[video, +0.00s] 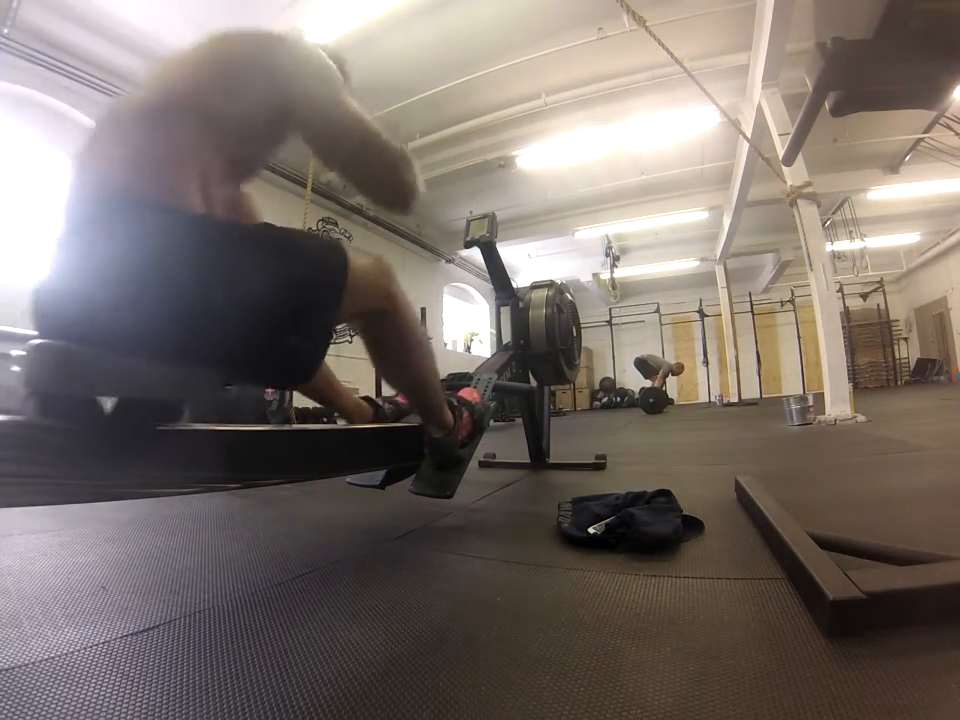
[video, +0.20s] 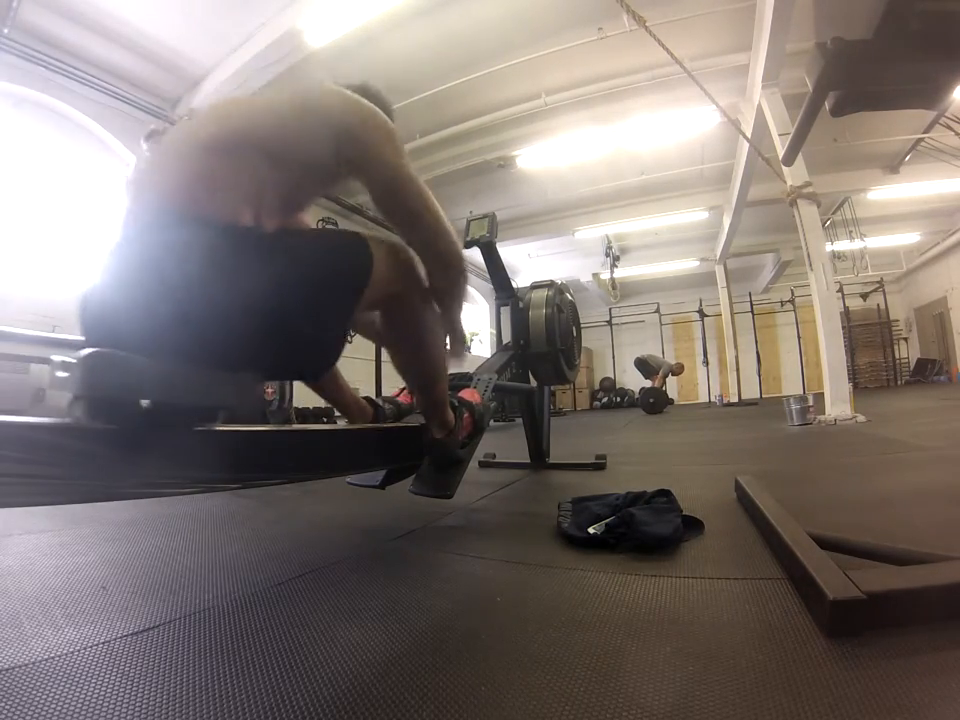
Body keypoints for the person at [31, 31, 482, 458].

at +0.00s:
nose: (330, 112)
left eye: (334, 101)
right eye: (334, 96)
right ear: (323, 65)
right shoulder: (289, 56)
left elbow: (252, 246)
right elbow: (400, 190)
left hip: (73, 292)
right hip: (167, 279)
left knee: (267, 307)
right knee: (378, 285)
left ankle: (358, 411)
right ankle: (447, 427)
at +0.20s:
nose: (382, 160)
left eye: (385, 152)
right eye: (384, 146)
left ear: (341, 95)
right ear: (370, 117)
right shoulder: (357, 118)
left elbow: (315, 271)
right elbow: (449, 258)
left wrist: (402, 340)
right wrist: (449, 318)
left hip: (117, 301)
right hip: (197, 290)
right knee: (399, 269)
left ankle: (361, 414)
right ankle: (446, 425)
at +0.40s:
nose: (406, 179)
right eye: (410, 164)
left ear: (356, 117)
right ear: (400, 141)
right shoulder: (396, 149)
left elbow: (339, 290)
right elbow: (478, 276)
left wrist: (419, 352)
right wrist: (469, 351)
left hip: (144, 307)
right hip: (237, 301)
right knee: (415, 265)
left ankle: (365, 417)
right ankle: (443, 427)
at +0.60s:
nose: (406, 175)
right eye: (407, 161)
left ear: (352, 117)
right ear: (400, 140)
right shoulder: (395, 149)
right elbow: (486, 272)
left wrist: (419, 339)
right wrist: (474, 350)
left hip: (155, 323)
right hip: (243, 304)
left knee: (309, 281)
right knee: (423, 264)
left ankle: (362, 412)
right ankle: (442, 423)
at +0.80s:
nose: (397, 144)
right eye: (394, 134)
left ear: (331, 98)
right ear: (381, 119)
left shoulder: (266, 127)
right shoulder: (375, 130)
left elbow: (319, 261)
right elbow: (466, 254)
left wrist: (409, 342)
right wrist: (469, 350)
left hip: (150, 324)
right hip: (239, 304)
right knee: (428, 264)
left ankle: (364, 418)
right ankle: (443, 426)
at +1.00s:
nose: (398, 143)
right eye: (394, 133)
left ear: (330, 99)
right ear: (381, 118)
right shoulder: (374, 128)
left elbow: (319, 262)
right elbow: (465, 255)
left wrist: (405, 343)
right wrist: (464, 351)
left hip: (147, 323)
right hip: (238, 303)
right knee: (423, 263)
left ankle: (363, 418)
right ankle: (443, 426)